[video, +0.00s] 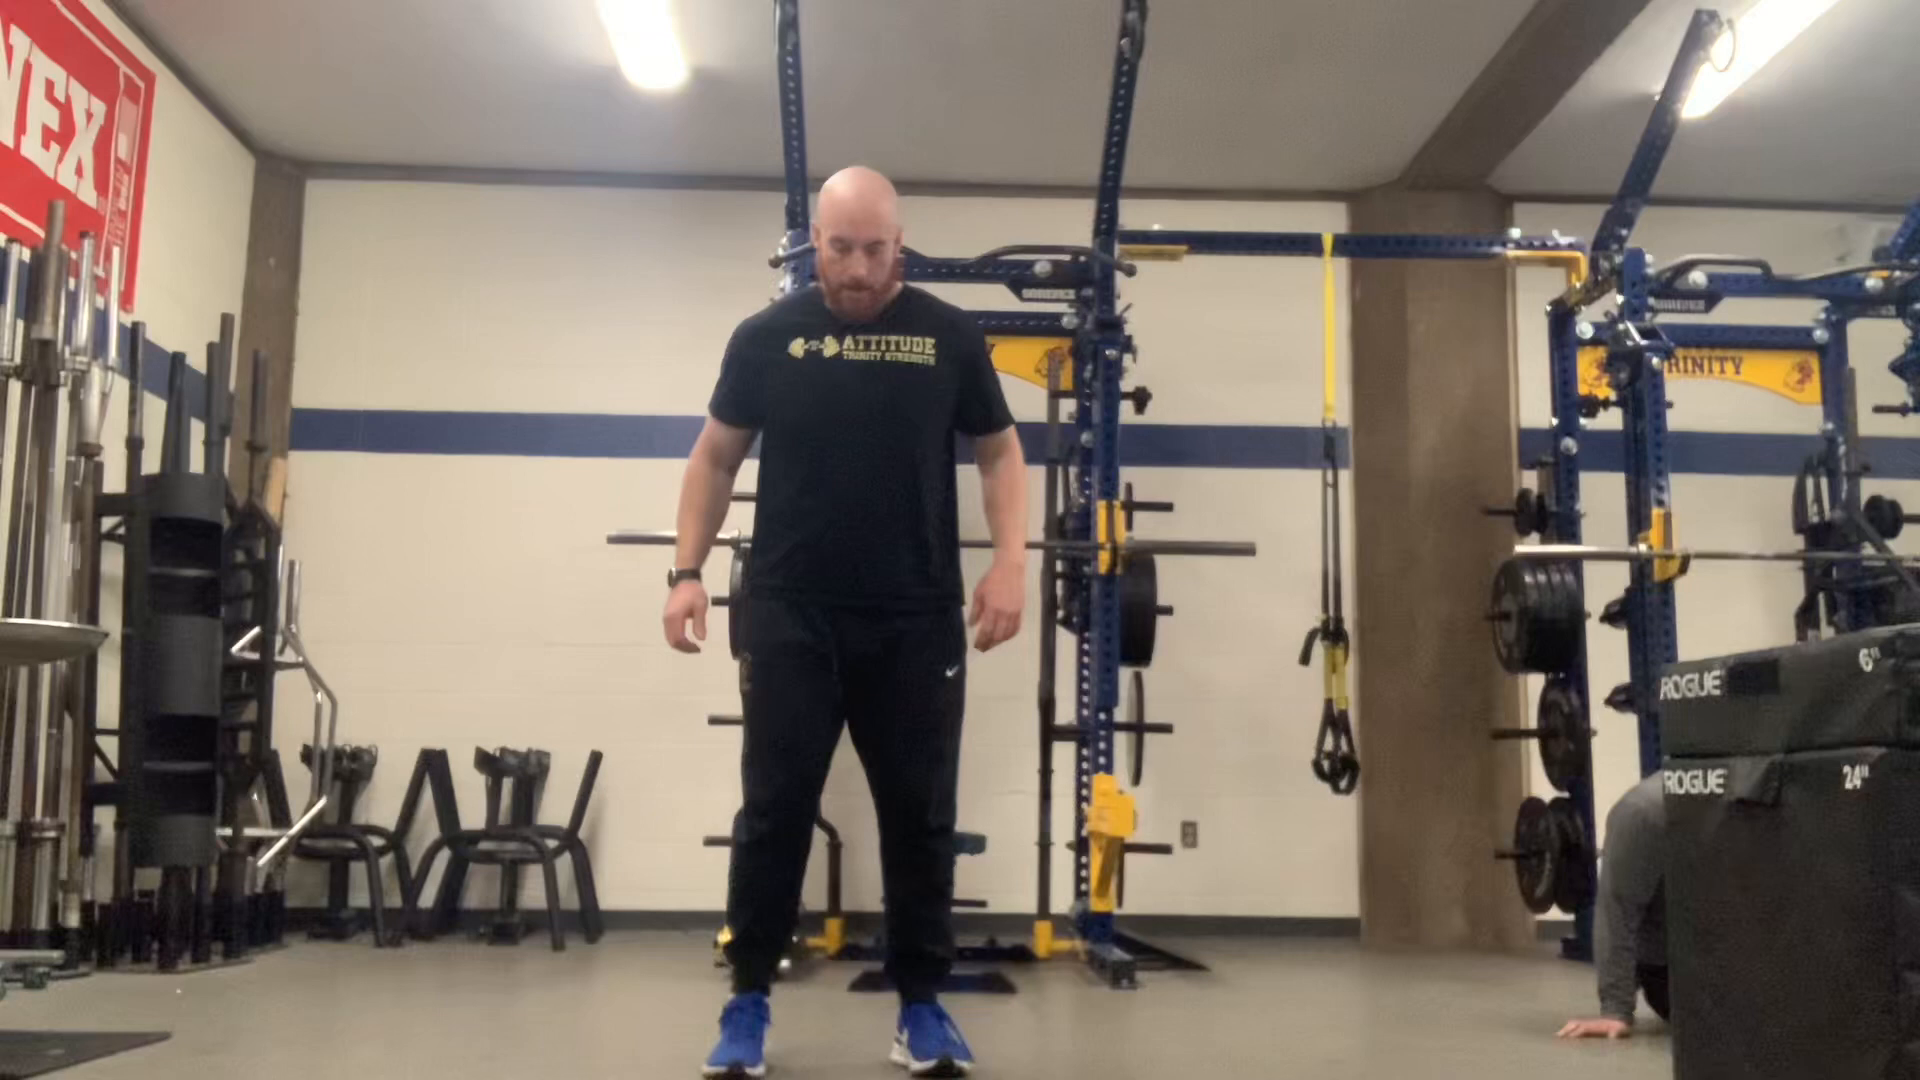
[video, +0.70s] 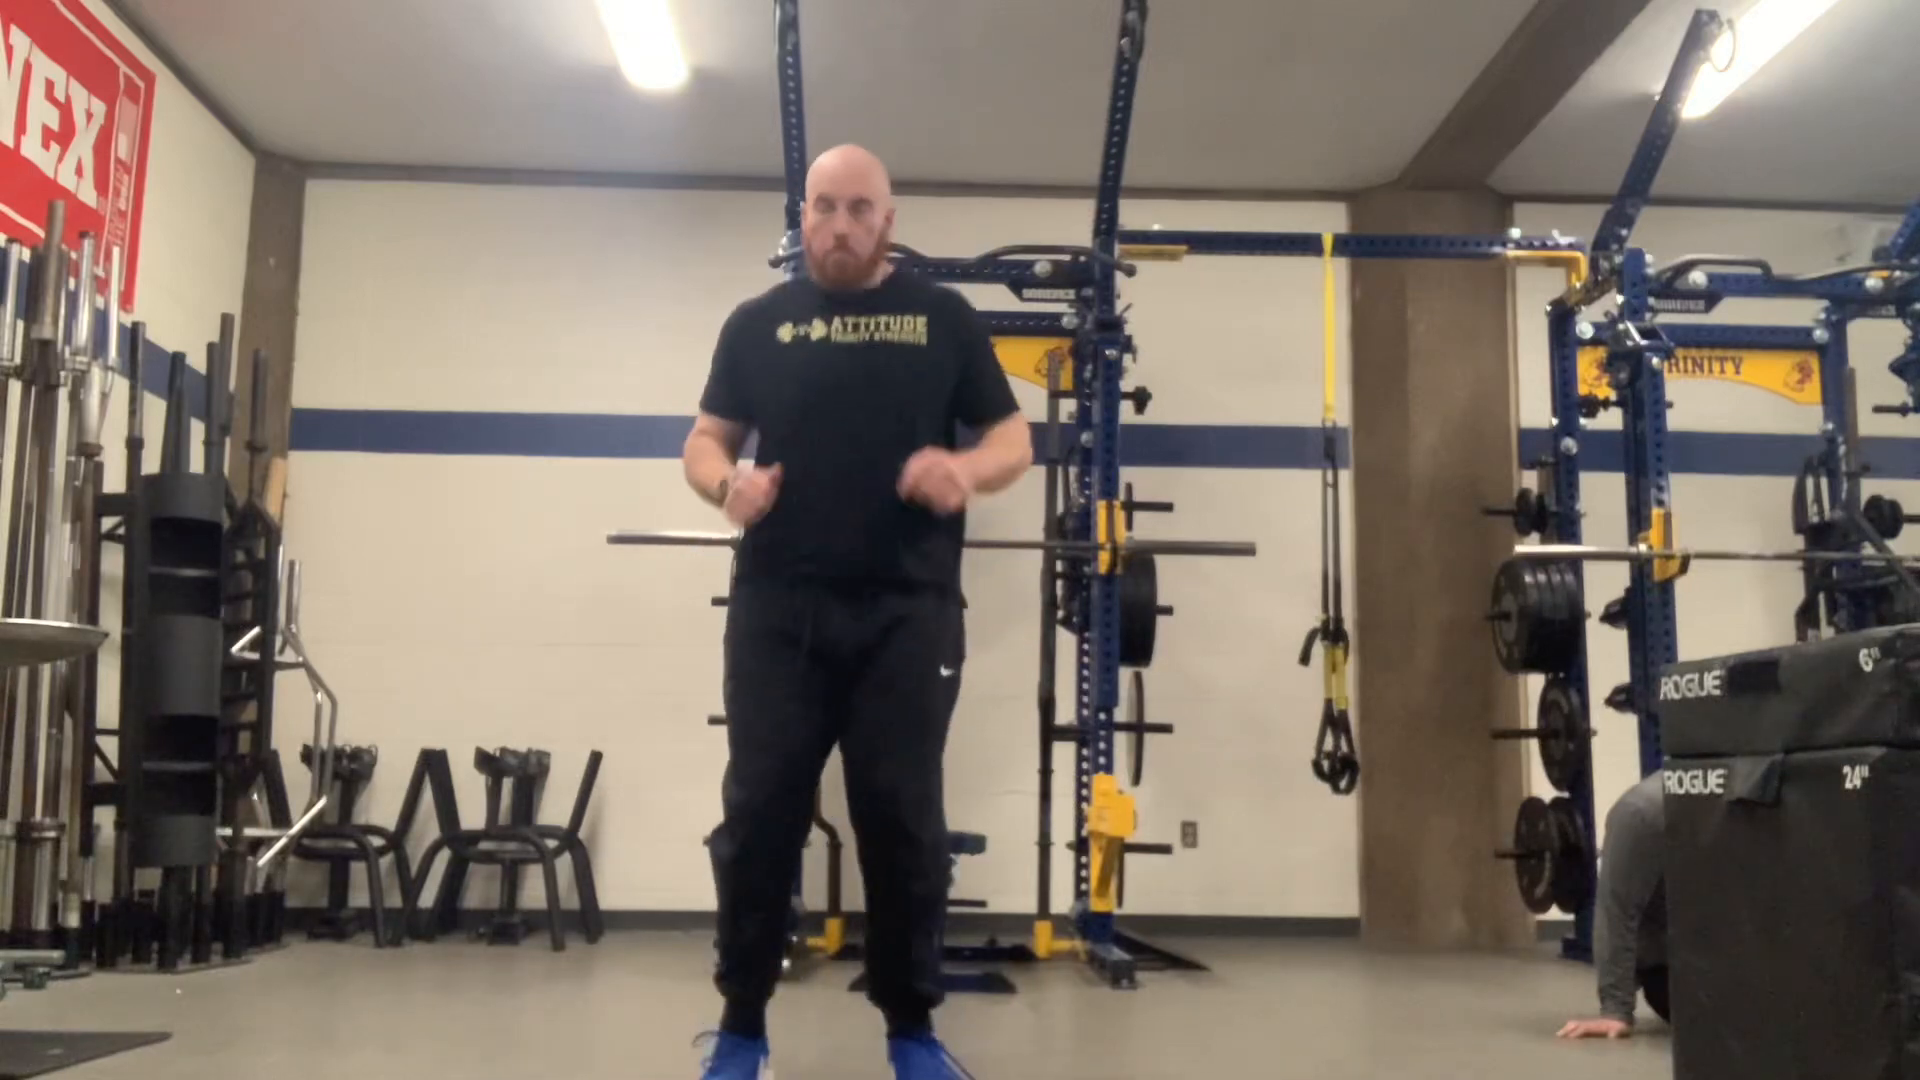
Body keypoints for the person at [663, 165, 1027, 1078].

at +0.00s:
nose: (856, 266)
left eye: (874, 248)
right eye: (840, 248)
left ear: (902, 240)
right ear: (813, 240)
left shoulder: (950, 338)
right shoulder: (765, 340)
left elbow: (1000, 456)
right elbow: (715, 457)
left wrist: (1010, 563)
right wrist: (685, 571)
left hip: (914, 618)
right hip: (789, 614)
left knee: (921, 818)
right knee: (774, 811)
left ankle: (921, 1006)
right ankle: (747, 1003)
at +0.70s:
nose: (840, 224)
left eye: (858, 207)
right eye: (825, 206)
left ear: (890, 216)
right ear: (801, 215)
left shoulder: (943, 316)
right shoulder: (755, 326)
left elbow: (1013, 443)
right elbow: (703, 448)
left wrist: (965, 469)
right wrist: (727, 482)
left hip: (908, 614)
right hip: (779, 612)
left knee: (903, 819)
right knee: (757, 819)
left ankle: (912, 1031)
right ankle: (741, 1029)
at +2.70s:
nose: (841, 200)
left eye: (858, 191)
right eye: (824, 196)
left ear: (891, 226)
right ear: (800, 235)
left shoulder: (945, 342)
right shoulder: (758, 343)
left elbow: (997, 463)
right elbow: (706, 470)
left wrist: (983, 527)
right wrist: (729, 519)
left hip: (912, 630)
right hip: (786, 629)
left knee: (904, 837)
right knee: (767, 831)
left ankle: (894, 1019)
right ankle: (748, 1017)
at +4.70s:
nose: (843, 149)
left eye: (861, 141)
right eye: (826, 144)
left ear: (894, 175)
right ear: (802, 180)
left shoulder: (948, 282)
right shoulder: (752, 282)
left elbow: (1012, 405)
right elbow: (693, 404)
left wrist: (971, 432)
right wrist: (729, 431)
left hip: (907, 566)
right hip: (773, 563)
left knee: (921, 787)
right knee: (742, 775)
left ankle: (922, 1016)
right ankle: (705, 1005)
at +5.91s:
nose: (834, 127)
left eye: (853, 118)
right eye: (817, 124)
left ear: (888, 152)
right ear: (797, 162)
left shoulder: (940, 256)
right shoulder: (749, 260)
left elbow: (1007, 381)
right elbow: (700, 375)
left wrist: (954, 429)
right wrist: (727, 418)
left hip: (901, 544)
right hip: (772, 542)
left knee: (914, 764)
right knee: (741, 754)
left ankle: (913, 976)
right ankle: (714, 970)